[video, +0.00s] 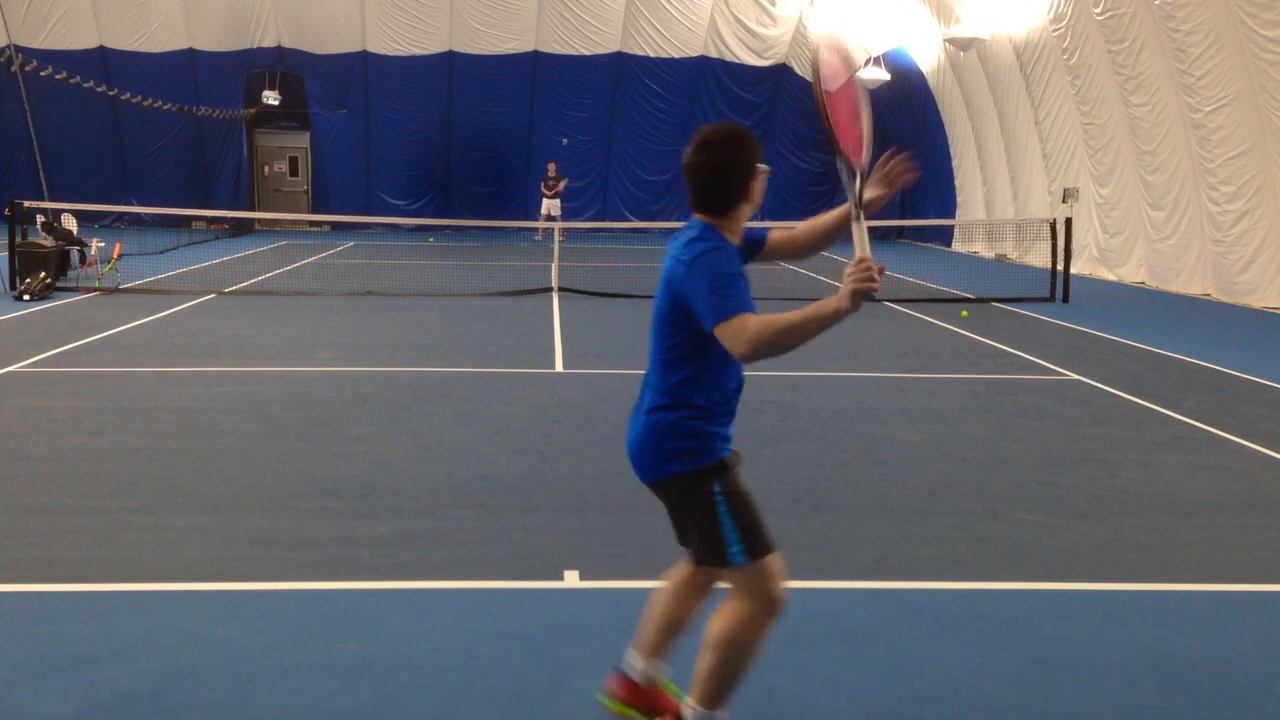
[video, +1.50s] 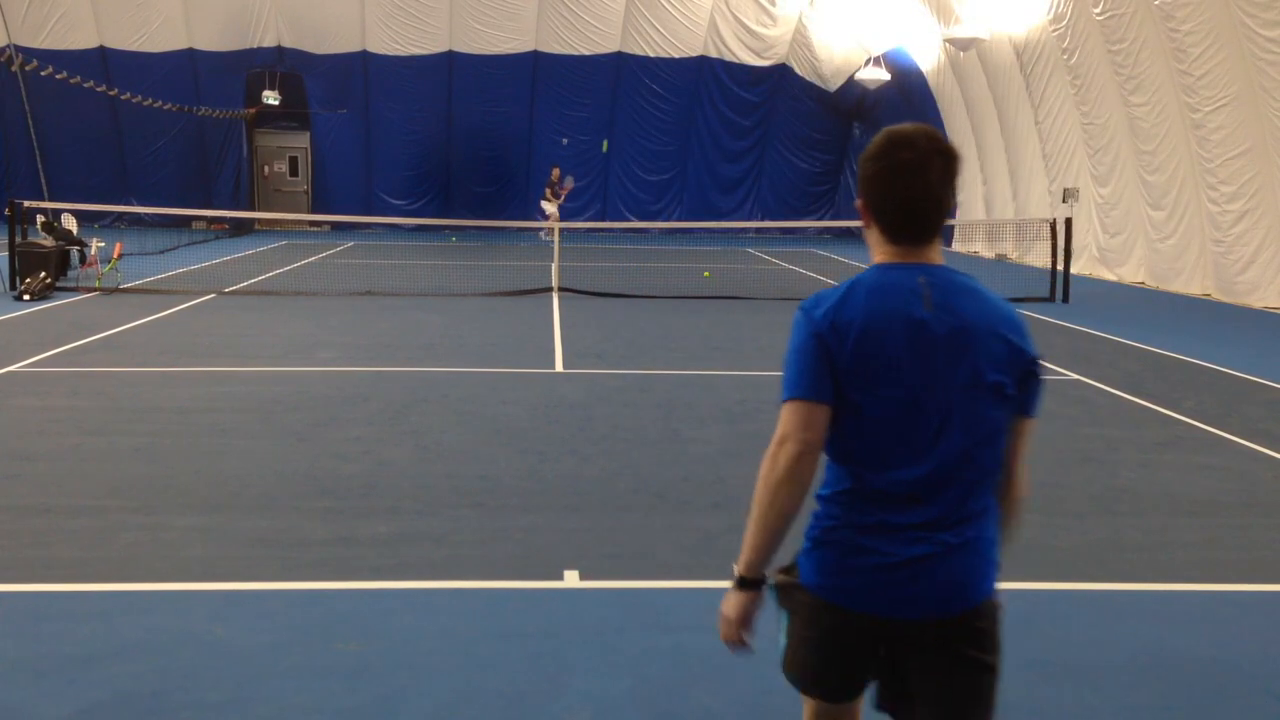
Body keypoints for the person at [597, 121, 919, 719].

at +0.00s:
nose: (766, 174)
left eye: (763, 165)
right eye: (762, 166)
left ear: (699, 185)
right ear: (749, 181)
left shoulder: (714, 237)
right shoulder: (705, 256)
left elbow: (791, 241)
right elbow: (745, 340)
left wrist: (860, 203)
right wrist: (841, 300)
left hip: (671, 436)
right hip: (688, 445)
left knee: (705, 560)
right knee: (762, 593)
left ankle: (637, 675)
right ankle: (700, 711)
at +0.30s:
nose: (855, 204)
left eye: (850, 195)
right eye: (849, 199)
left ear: (773, 221)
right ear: (832, 224)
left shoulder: (767, 284)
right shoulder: (796, 305)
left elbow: (806, 273)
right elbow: (819, 379)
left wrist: (852, 279)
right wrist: (905, 364)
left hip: (764, 498)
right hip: (801, 516)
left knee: (755, 622)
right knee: (859, 693)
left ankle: (689, 711)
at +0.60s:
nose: (916, 112)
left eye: (911, 100)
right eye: (909, 102)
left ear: (825, 131)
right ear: (895, 120)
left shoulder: (811, 227)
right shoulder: (925, 194)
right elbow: (1043, 95)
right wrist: (992, 10)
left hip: (829, 478)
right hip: (924, 490)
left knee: (813, 587)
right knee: (942, 691)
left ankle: (772, 701)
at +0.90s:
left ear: (893, 223)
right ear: (991, 224)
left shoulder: (849, 337)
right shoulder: (1024, 306)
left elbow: (786, 432)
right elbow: (1165, 238)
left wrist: (860, 458)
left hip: (891, 627)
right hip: (1002, 627)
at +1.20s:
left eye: (909, 191)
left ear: (911, 206)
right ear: (1003, 206)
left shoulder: (864, 315)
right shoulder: (1051, 314)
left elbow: (816, 457)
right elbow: (1163, 427)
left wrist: (773, 583)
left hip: (879, 606)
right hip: (1001, 613)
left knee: (877, 706)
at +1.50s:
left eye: (856, 196)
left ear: (862, 209)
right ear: (950, 208)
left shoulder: (829, 316)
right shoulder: (1003, 327)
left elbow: (798, 448)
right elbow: (1010, 482)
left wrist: (748, 578)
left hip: (844, 586)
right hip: (956, 593)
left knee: (831, 704)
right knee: (949, 710)